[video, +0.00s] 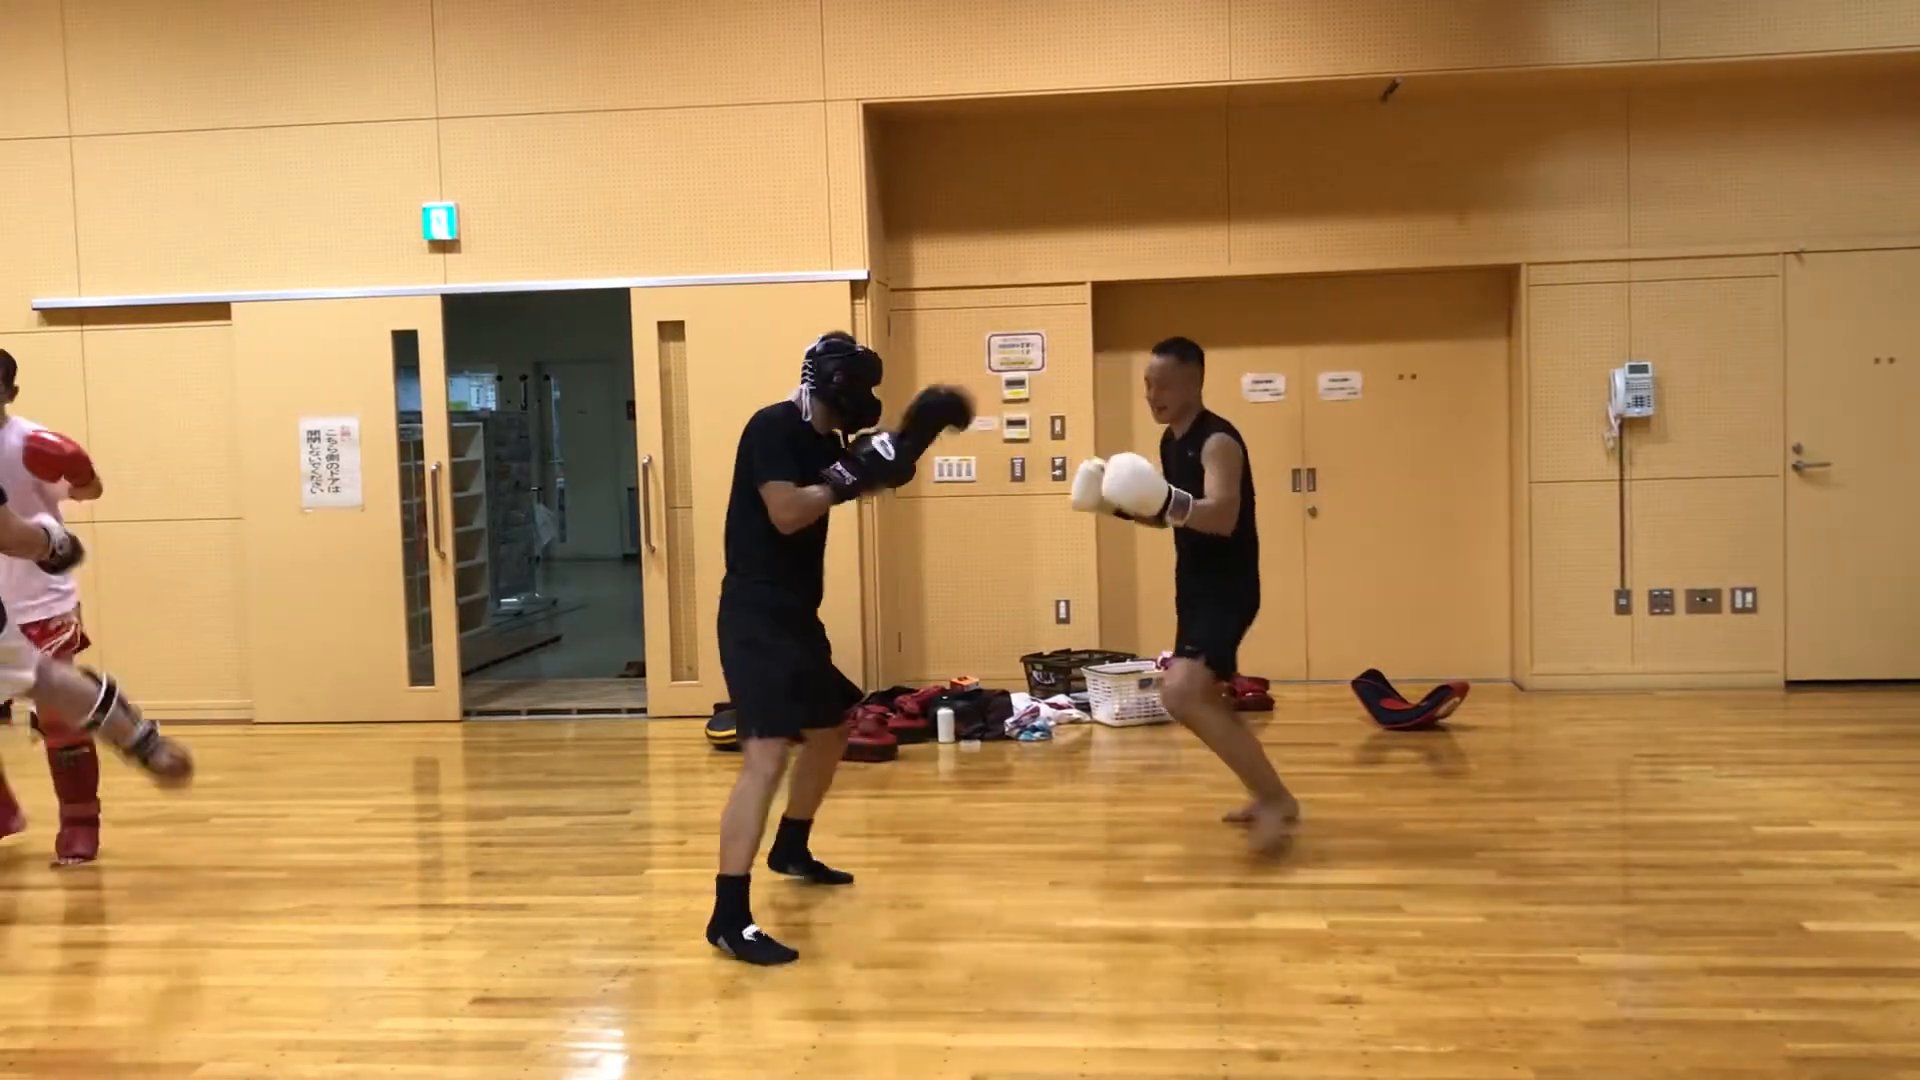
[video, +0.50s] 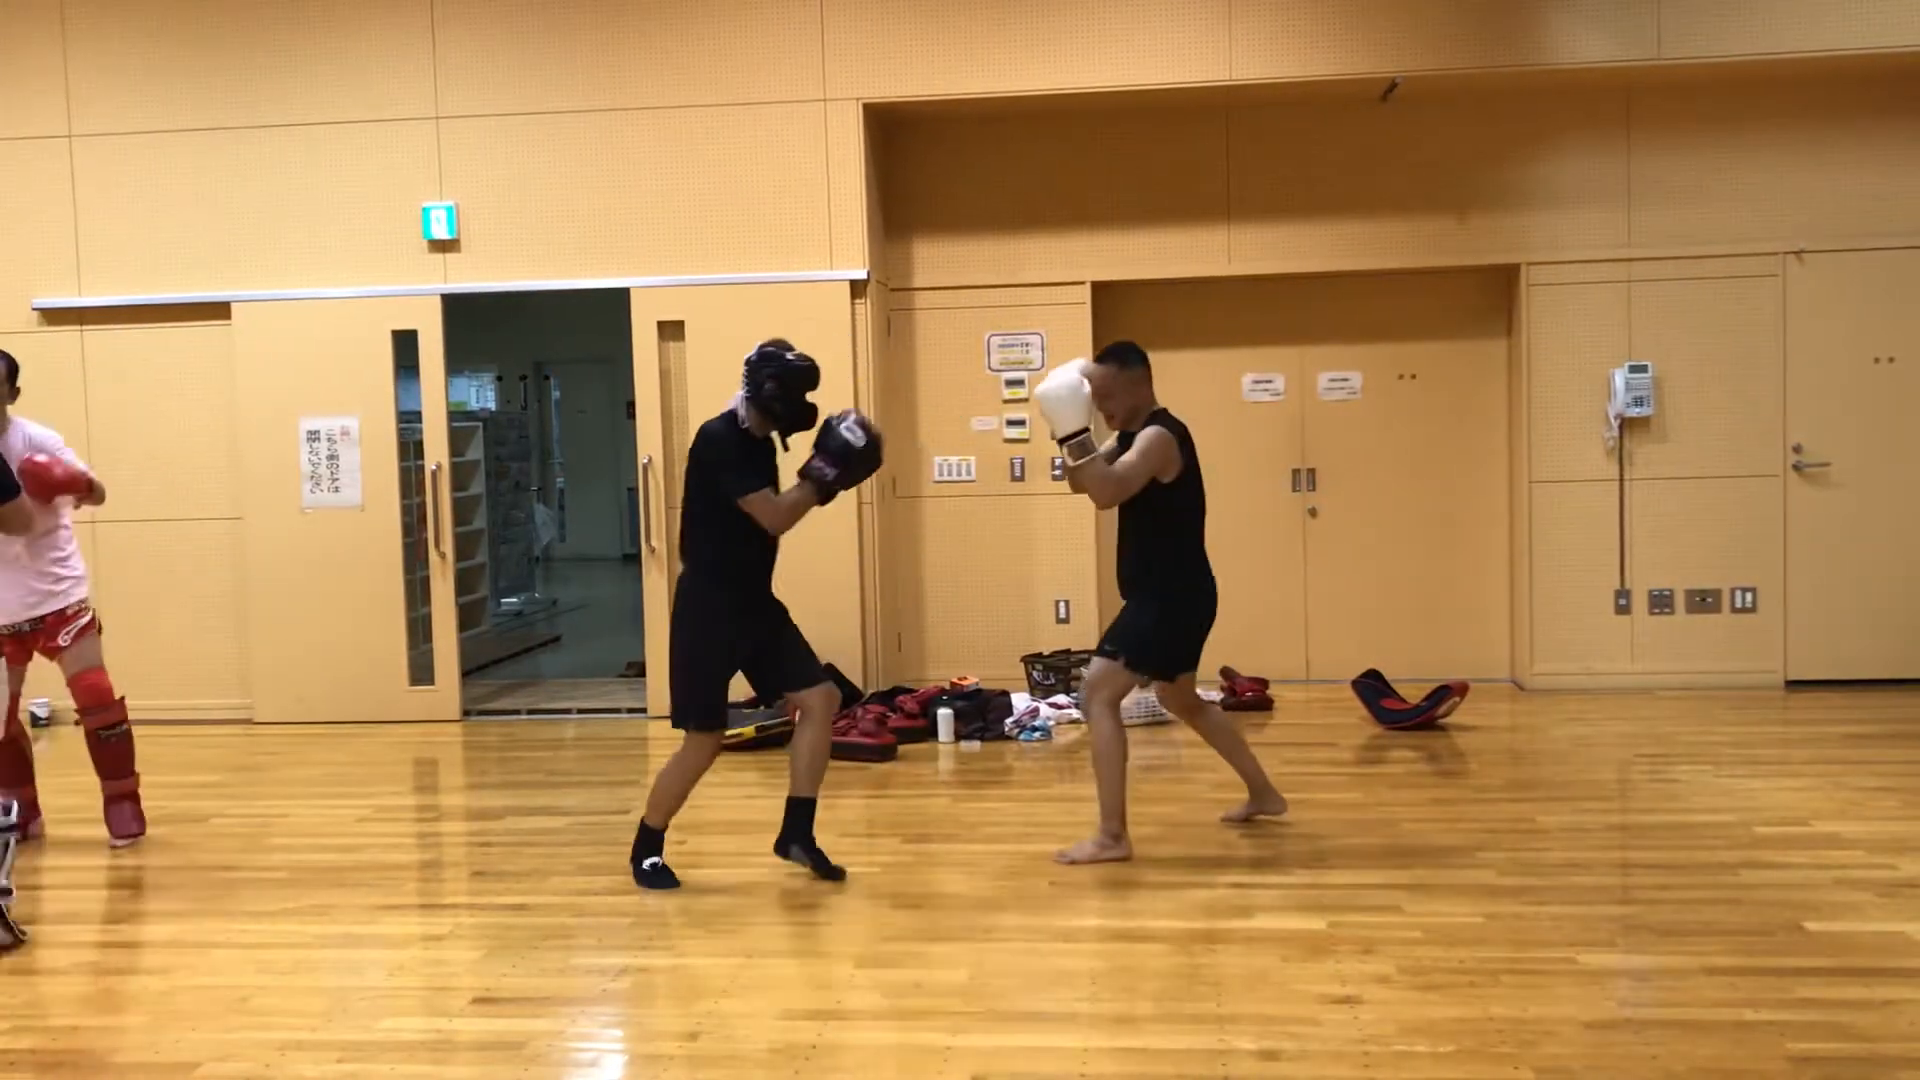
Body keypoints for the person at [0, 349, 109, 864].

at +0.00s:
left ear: (9, 386)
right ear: (7, 385)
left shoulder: (26, 443)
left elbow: (87, 481)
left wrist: (66, 487)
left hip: (43, 605)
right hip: (2, 614)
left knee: (59, 712)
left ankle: (78, 824)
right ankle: (6, 808)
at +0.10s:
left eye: (2, 381)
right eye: (0, 382)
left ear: (13, 386)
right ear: (8, 385)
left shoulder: (30, 445)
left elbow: (82, 500)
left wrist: (62, 481)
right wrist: (62, 542)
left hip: (50, 606)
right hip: (6, 616)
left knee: (70, 707)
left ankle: (81, 818)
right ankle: (18, 808)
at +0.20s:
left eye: (3, 389)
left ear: (13, 394)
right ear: (5, 392)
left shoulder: (38, 449)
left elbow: (73, 510)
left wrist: (32, 503)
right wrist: (40, 510)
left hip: (57, 604)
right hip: (5, 613)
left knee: (82, 707)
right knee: (0, 718)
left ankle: (93, 816)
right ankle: (18, 812)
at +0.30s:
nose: (1, 401)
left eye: (4, 392)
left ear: (13, 394)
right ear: (4, 393)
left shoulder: (35, 447)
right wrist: (38, 500)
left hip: (56, 604)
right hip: (2, 615)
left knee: (90, 706)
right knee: (7, 723)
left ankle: (103, 812)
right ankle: (16, 814)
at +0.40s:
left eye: (1, 383)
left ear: (13, 389)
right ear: (2, 389)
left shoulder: (40, 442)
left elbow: (83, 500)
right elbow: (15, 512)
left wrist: (45, 495)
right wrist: (29, 491)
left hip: (60, 594)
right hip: (4, 606)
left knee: (95, 697)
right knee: (0, 716)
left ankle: (116, 804)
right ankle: (21, 807)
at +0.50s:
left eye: (1, 385)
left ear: (13, 389)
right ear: (3, 388)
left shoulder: (36, 442)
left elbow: (96, 493)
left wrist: (66, 481)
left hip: (60, 594)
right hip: (5, 608)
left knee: (94, 695)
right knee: (1, 716)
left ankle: (121, 802)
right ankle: (20, 805)